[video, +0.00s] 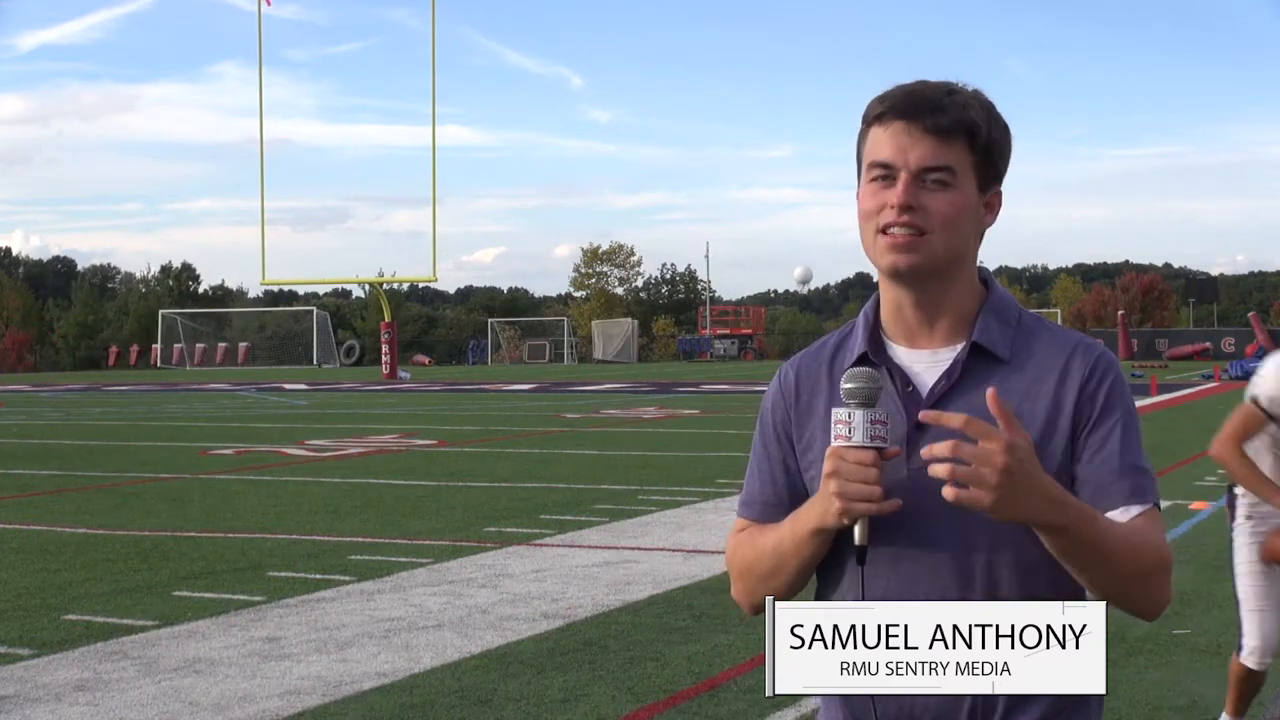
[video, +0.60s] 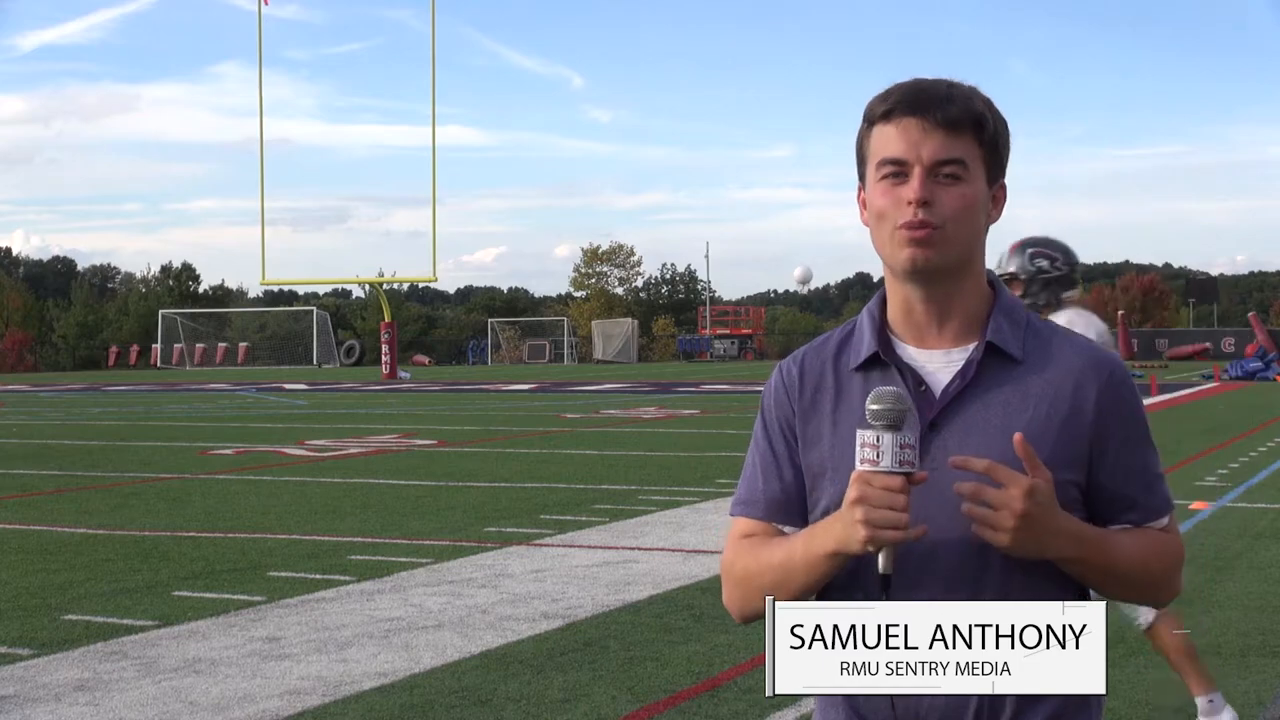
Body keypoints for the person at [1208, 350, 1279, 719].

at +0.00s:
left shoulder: (1271, 371)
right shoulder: (1275, 371)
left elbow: (1224, 445)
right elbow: (1223, 445)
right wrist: (1275, 497)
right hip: (1261, 512)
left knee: (1263, 645)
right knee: (1260, 645)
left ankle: (1232, 711)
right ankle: (1231, 714)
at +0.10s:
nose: (1277, 341)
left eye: (1278, 330)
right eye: (1274, 329)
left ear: (1276, 326)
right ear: (1265, 322)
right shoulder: (1220, 342)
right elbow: (1151, 411)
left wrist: (1251, 470)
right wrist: (1211, 451)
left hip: (1275, 506)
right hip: (1217, 507)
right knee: (1213, 635)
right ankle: (1223, 713)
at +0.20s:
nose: (1222, 297)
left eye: (1236, 288)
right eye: (1215, 285)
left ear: (1260, 296)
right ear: (1202, 288)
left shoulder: (1272, 346)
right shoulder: (1162, 326)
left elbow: (1279, 438)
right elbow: (1130, 396)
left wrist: (1239, 453)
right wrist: (1152, 429)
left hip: (1245, 487)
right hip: (1176, 488)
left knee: (1277, 605)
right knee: (1186, 625)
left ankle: (1275, 709)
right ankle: (1216, 711)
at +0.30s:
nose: (1161, 279)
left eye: (1173, 269)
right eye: (1155, 268)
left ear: (1204, 274)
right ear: (1144, 272)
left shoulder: (1243, 329)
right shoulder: (1120, 319)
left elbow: (1264, 420)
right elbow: (1101, 400)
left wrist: (1189, 432)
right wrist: (1131, 430)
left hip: (1203, 469)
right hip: (1141, 469)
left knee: (1202, 606)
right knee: (1169, 609)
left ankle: (1243, 706)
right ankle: (1212, 710)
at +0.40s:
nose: (1106, 273)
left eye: (1117, 263)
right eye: (1102, 264)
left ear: (1150, 265)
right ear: (1098, 266)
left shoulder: (1189, 316)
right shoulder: (1090, 317)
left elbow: (1222, 409)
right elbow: (1076, 394)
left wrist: (1148, 424)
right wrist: (1093, 431)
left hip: (1171, 459)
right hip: (1112, 459)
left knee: (1164, 590)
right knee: (1124, 588)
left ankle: (1214, 708)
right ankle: (1138, 704)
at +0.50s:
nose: (1057, 280)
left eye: (1065, 270)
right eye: (1054, 271)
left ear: (1096, 268)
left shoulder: (1131, 318)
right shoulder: (1067, 325)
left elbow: (1167, 414)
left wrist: (1099, 431)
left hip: (1136, 483)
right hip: (1078, 479)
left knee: (1160, 599)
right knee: (1057, 602)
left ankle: (1215, 706)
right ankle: (1051, 707)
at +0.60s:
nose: (1008, 291)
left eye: (1014, 282)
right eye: (1007, 283)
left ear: (1032, 284)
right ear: (1067, 277)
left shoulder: (1069, 332)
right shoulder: (1087, 325)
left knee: (1145, 604)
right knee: (1143, 602)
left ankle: (1210, 703)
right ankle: (1210, 703)